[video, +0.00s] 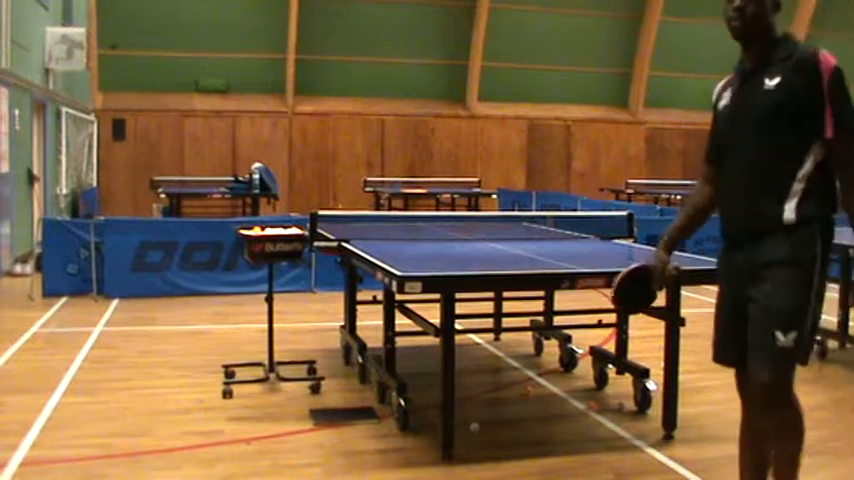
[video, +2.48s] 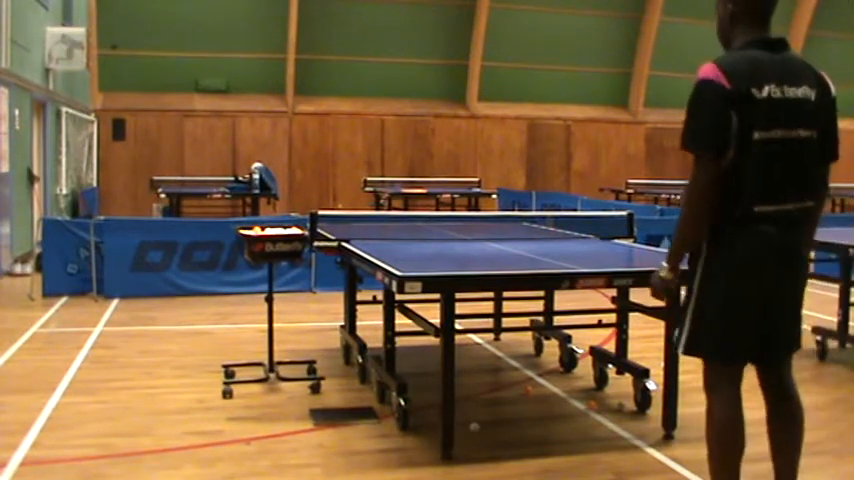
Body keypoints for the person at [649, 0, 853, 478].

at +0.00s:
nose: (735, 9)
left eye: (746, 1)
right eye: (729, 3)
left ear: (772, 7)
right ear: (724, 16)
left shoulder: (816, 69)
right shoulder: (727, 89)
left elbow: (844, 168)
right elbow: (712, 182)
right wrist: (666, 244)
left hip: (793, 246)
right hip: (741, 248)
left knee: (771, 379)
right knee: (749, 383)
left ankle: (784, 474)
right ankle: (751, 475)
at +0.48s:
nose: (690, 30)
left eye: (693, 18)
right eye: (689, 20)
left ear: (723, 12)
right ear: (728, 13)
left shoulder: (776, 64)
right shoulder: (739, 74)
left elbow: (805, 167)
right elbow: (742, 191)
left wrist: (790, 263)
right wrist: (716, 287)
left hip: (764, 261)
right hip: (740, 260)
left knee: (742, 393)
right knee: (747, 390)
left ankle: (749, 475)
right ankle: (752, 473)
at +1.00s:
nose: (708, 27)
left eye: (708, 17)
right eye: (710, 17)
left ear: (717, 11)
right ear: (764, 12)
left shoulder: (720, 69)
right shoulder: (827, 71)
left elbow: (712, 183)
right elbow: (840, 179)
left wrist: (670, 261)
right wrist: (841, 263)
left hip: (755, 257)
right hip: (817, 253)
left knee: (752, 404)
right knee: (794, 392)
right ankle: (796, 477)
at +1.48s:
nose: (742, 36)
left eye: (742, 25)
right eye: (742, 26)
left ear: (752, 17)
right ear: (797, 16)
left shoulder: (761, 66)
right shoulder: (846, 69)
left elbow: (764, 171)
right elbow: (845, 174)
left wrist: (744, 271)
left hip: (776, 262)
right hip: (837, 263)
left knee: (731, 386)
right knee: (822, 394)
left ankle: (739, 475)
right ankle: (821, 478)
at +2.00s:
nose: (709, 21)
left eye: (709, 13)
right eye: (711, 13)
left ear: (718, 12)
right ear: (762, 14)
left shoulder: (716, 75)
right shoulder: (816, 77)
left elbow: (710, 184)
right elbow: (827, 188)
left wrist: (682, 268)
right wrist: (807, 259)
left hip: (733, 260)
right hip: (793, 259)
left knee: (723, 389)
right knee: (786, 377)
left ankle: (723, 476)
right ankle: (802, 475)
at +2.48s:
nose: (716, 20)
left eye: (717, 11)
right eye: (718, 12)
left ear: (728, 12)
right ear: (768, 16)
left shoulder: (720, 76)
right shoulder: (816, 81)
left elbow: (705, 182)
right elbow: (819, 185)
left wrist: (672, 263)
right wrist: (799, 250)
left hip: (731, 253)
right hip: (789, 254)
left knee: (722, 383)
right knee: (777, 374)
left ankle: (723, 474)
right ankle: (786, 475)